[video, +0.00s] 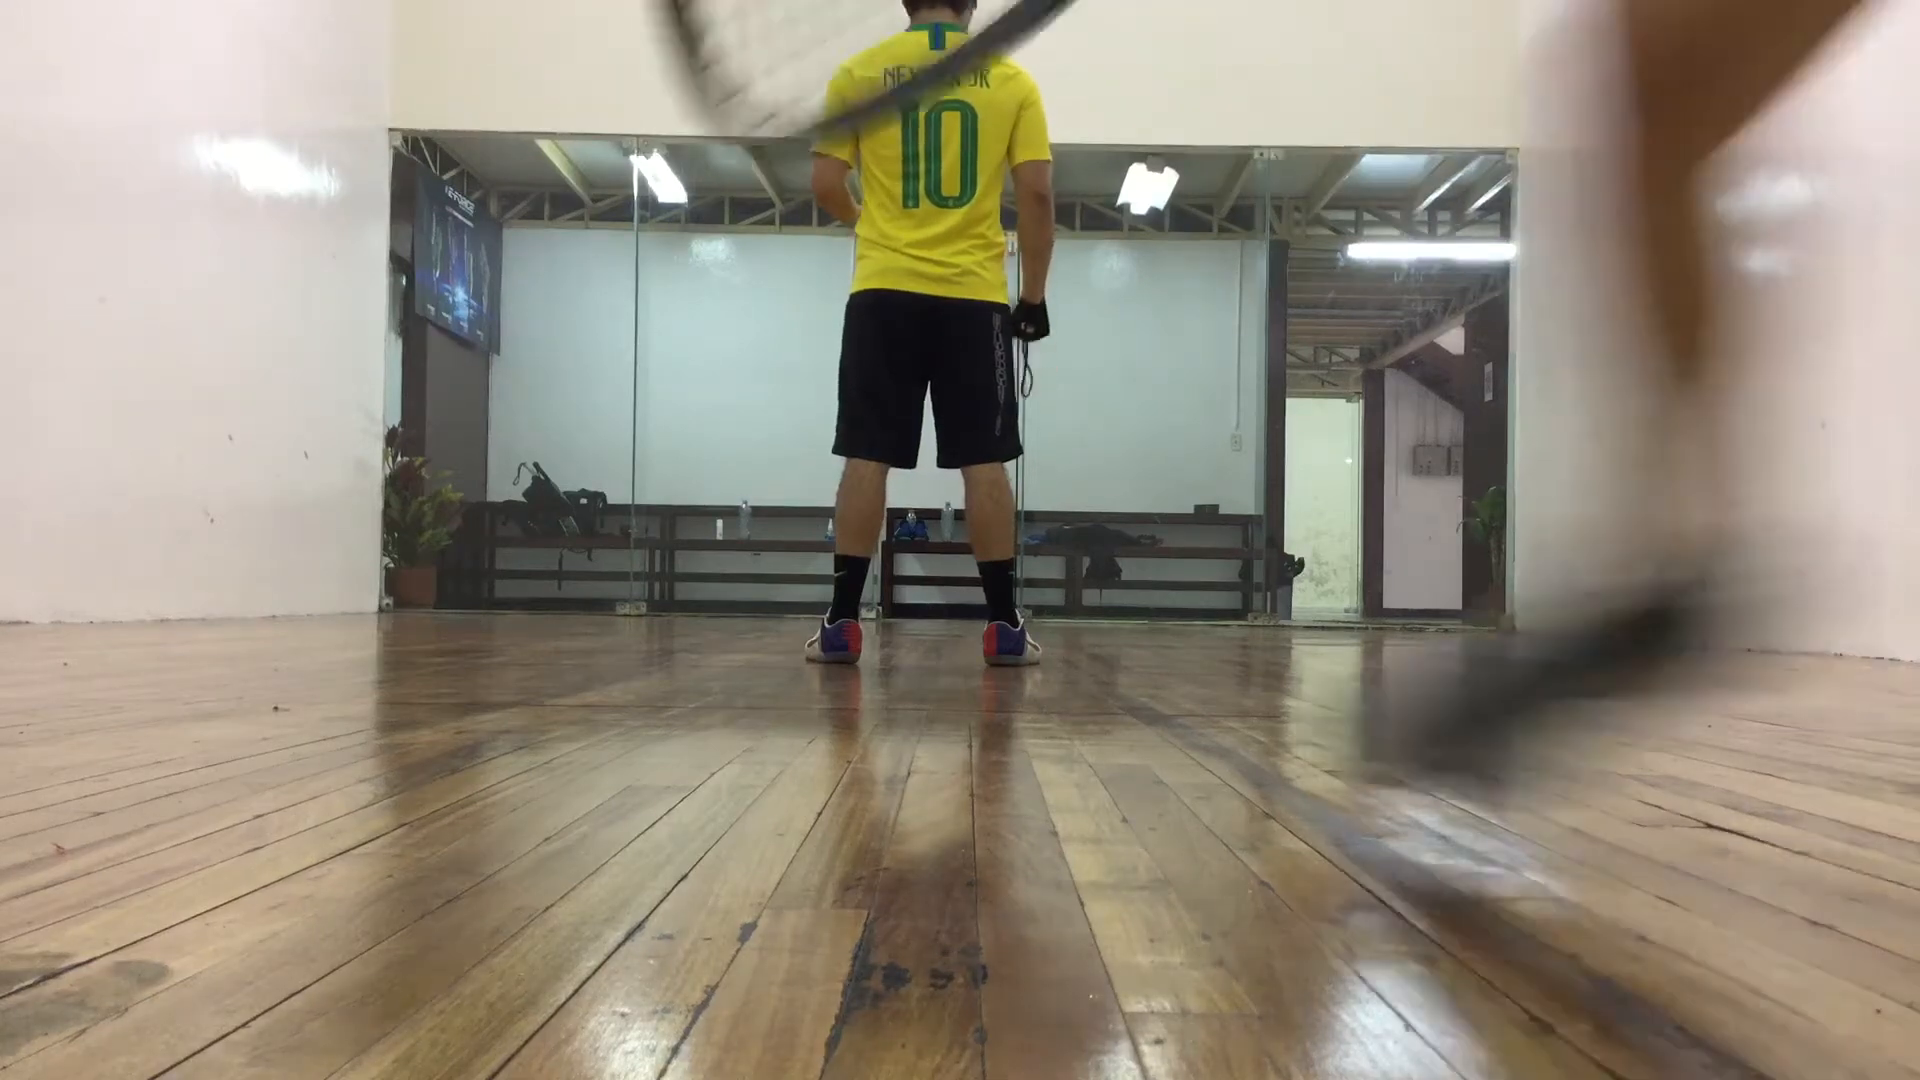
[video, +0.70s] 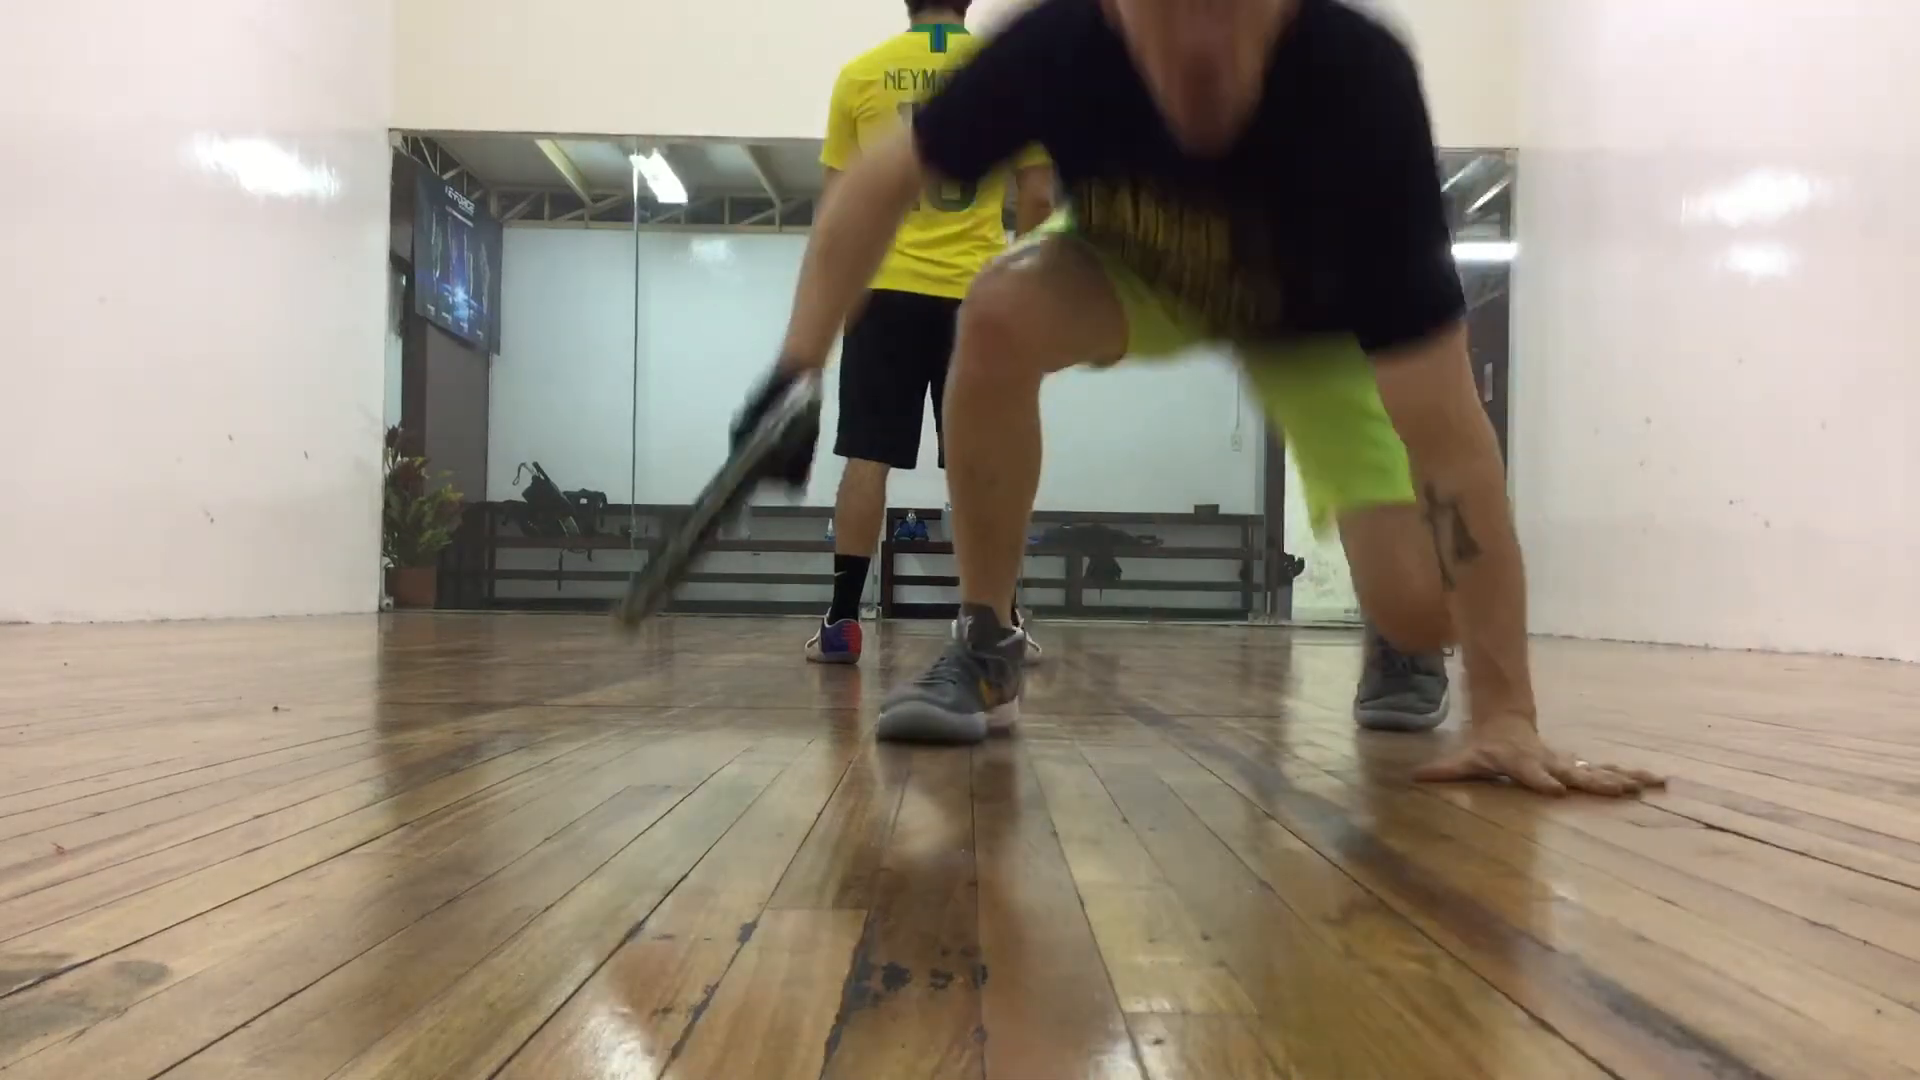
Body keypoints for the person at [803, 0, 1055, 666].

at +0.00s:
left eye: (915, 8)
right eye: (965, 4)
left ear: (905, 4)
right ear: (970, 5)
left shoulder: (858, 73)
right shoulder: (1010, 79)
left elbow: (827, 184)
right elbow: (1037, 191)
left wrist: (869, 225)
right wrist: (1034, 297)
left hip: (881, 299)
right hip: (972, 305)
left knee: (865, 458)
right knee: (985, 463)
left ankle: (842, 622)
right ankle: (1004, 624)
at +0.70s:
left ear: (906, 3)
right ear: (968, 3)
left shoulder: (861, 74)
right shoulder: (1010, 65)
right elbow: (1037, 196)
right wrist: (1012, 254)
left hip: (884, 296)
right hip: (978, 300)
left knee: (866, 458)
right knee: (985, 459)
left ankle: (843, 620)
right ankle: (1000, 621)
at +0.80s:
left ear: (906, 6)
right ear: (969, 6)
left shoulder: (860, 75)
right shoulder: (1013, 75)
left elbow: (836, 197)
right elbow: (1043, 178)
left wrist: (875, 237)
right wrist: (1002, 242)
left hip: (895, 304)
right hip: (987, 306)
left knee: (867, 457)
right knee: (998, 456)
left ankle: (842, 622)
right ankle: (1000, 622)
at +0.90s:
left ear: (905, 7)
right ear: (969, 7)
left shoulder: (861, 74)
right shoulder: (1013, 76)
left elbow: (836, 194)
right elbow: (1038, 178)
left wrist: (866, 229)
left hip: (885, 291)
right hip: (982, 294)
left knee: (864, 452)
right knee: (991, 451)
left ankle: (840, 620)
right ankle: (999, 622)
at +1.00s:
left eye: (902, 13)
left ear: (903, 8)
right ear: (969, 8)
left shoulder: (861, 74)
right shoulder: (1015, 77)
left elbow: (835, 196)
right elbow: (1041, 182)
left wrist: (868, 245)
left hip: (887, 293)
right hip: (983, 293)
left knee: (854, 447)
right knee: (987, 445)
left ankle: (839, 619)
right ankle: (1000, 619)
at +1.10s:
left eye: (899, 10)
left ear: (904, 7)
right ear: (969, 8)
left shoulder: (862, 74)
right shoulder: (1015, 77)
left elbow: (837, 198)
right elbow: (1038, 182)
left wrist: (876, 233)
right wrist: (1004, 237)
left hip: (882, 286)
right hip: (982, 289)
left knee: (857, 443)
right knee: (985, 443)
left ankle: (836, 621)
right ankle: (1000, 620)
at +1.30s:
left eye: (900, 10)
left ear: (904, 8)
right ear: (971, 10)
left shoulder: (863, 73)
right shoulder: (1008, 70)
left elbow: (837, 195)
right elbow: (1034, 175)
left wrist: (873, 232)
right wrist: (1008, 234)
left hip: (889, 281)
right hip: (988, 282)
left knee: (873, 424)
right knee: (990, 435)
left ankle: (847, 613)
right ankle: (999, 619)